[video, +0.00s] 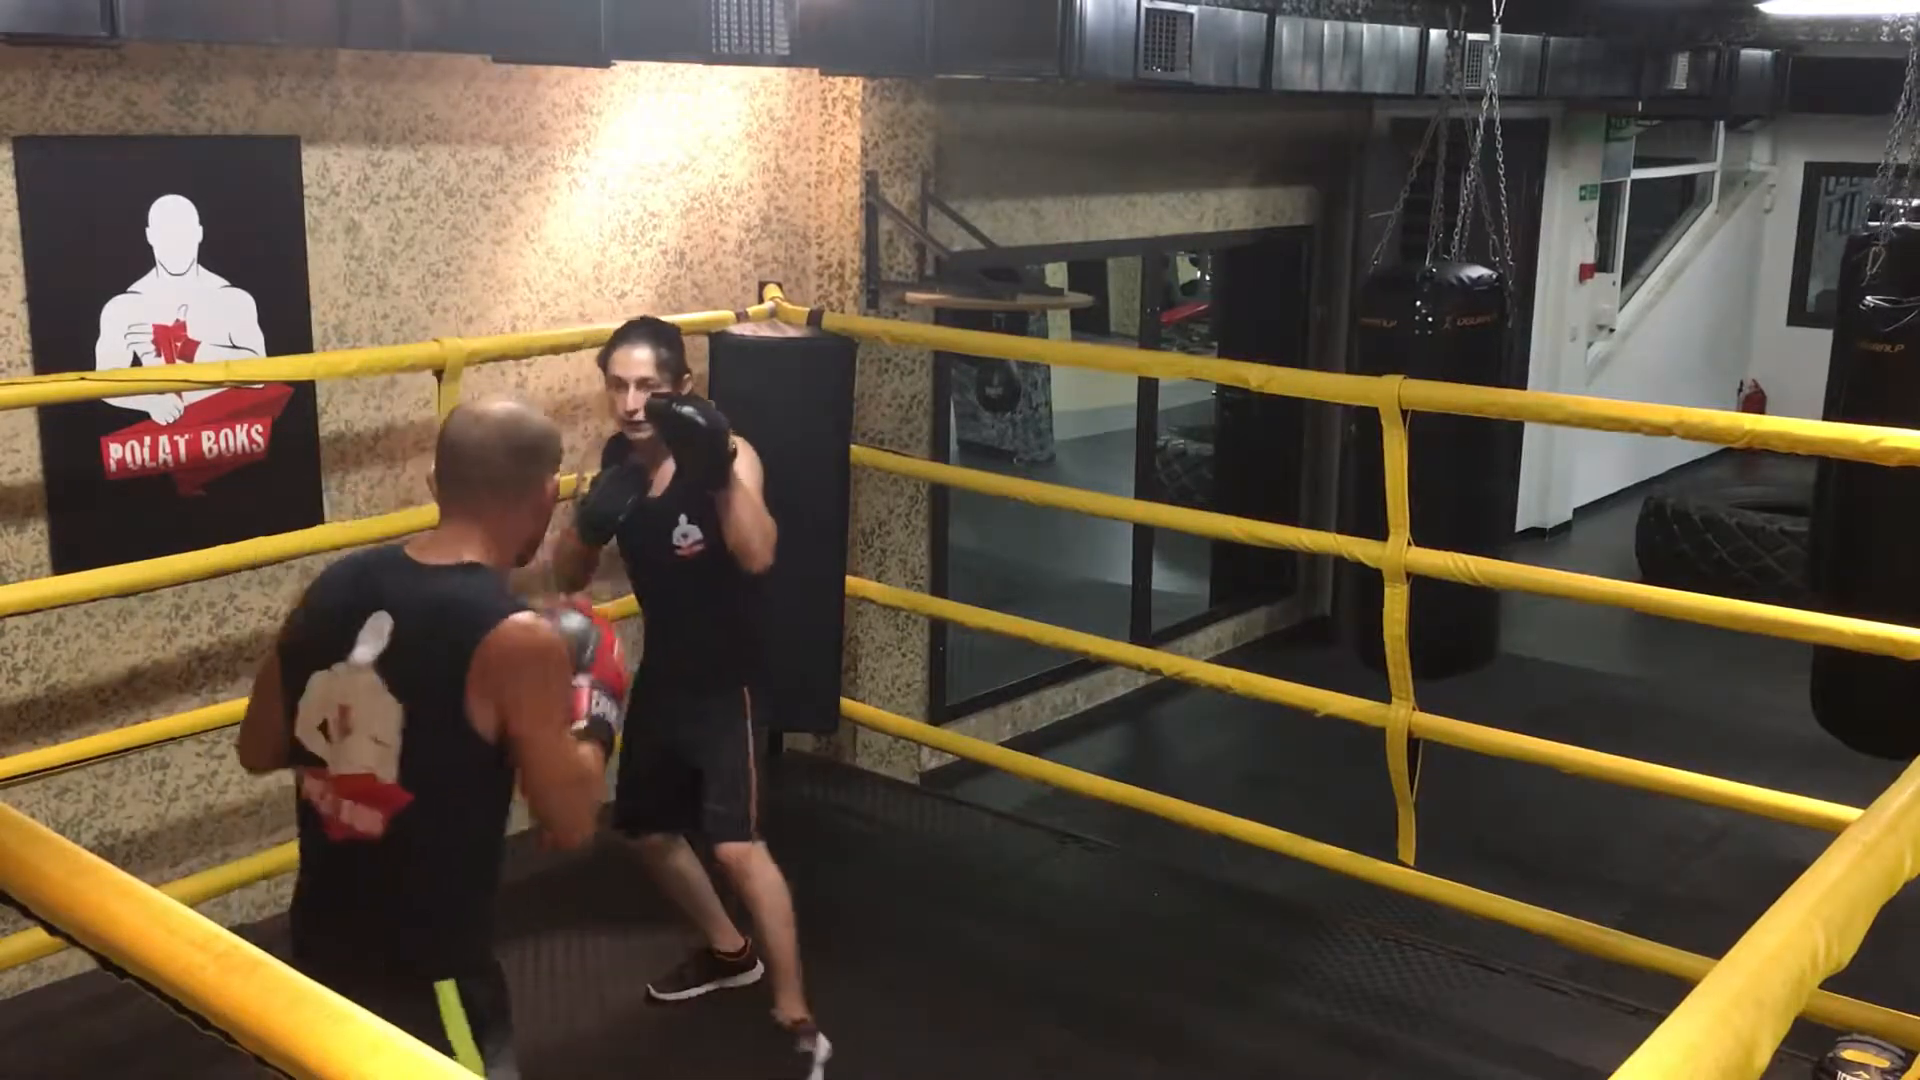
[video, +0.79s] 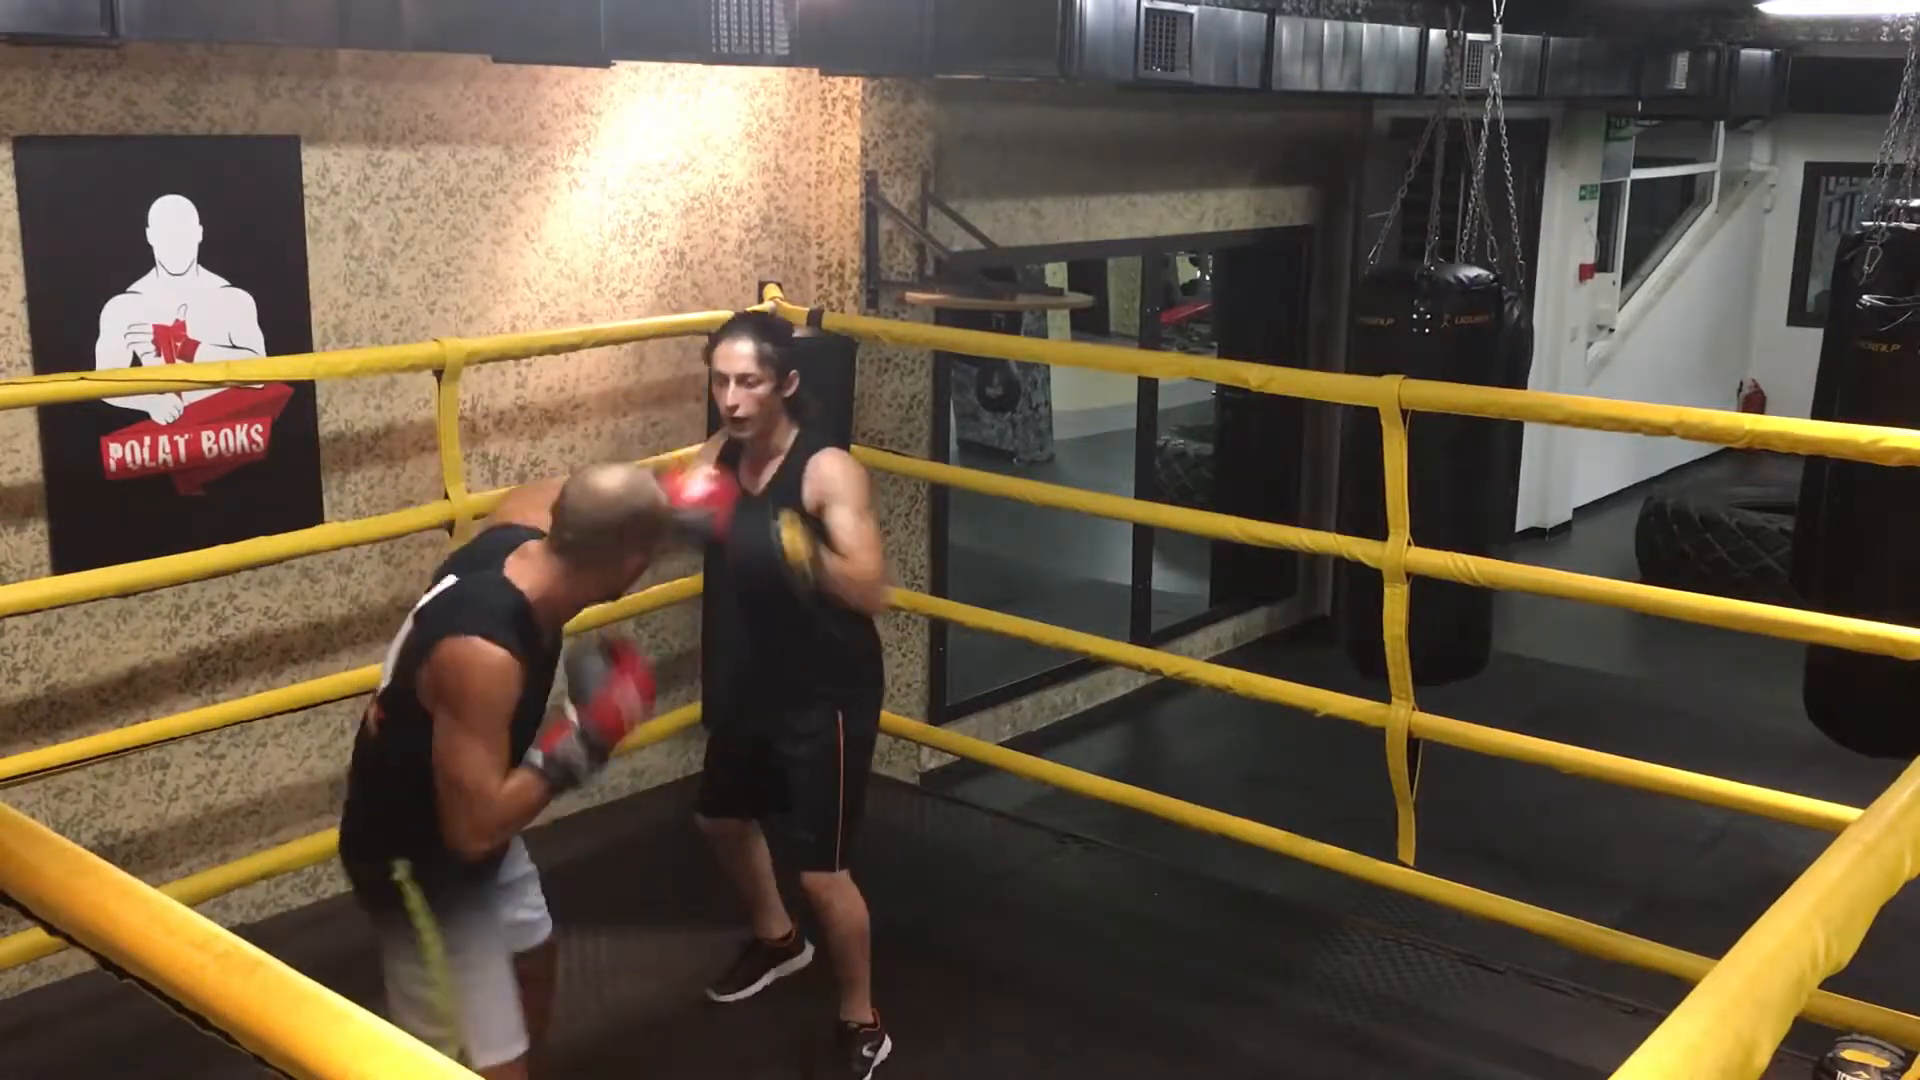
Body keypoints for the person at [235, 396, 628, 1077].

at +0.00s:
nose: (554, 506)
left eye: (552, 491)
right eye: (555, 493)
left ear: (438, 481)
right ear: (545, 500)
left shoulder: (338, 585)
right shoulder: (518, 642)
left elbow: (259, 748)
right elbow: (568, 819)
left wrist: (378, 712)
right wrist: (601, 713)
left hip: (323, 948)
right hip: (434, 968)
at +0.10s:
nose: (558, 498)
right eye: (558, 484)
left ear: (437, 478)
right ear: (547, 493)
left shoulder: (354, 586)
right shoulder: (551, 634)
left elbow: (256, 735)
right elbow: (624, 774)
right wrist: (617, 640)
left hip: (337, 938)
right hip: (456, 959)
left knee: (341, 1065)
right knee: (492, 1065)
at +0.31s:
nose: (597, 510)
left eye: (595, 495)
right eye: (596, 497)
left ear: (482, 491)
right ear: (580, 509)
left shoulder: (392, 596)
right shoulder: (554, 654)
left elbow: (289, 692)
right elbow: (648, 778)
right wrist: (647, 636)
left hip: (363, 927)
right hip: (460, 957)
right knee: (498, 1066)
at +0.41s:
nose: (620, 512)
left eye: (622, 497)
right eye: (621, 495)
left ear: (518, 483)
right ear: (605, 503)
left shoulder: (453, 535)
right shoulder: (502, 624)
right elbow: (589, 784)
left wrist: (592, 562)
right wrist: (638, 656)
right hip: (426, 930)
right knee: (501, 1070)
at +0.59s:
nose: (631, 518)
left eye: (631, 504)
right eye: (633, 506)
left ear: (531, 483)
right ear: (614, 515)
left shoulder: (470, 545)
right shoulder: (494, 629)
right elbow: (578, 786)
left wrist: (578, 601)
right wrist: (635, 657)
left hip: (463, 840)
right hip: (402, 890)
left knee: (543, 969)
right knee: (474, 1072)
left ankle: (498, 1074)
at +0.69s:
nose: (636, 556)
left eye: (640, 543)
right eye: (640, 545)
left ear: (552, 510)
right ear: (616, 552)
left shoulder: (503, 529)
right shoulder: (474, 645)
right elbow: (533, 802)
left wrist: (641, 544)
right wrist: (613, 692)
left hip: (474, 819)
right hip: (404, 867)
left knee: (534, 967)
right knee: (458, 1068)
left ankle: (515, 1068)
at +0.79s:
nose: (642, 563)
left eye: (647, 552)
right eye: (646, 554)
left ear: (570, 513)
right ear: (627, 566)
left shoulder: (518, 529)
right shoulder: (478, 653)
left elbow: (587, 490)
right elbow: (474, 830)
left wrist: (667, 502)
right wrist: (585, 739)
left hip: (476, 816)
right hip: (418, 857)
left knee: (531, 957)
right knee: (491, 1063)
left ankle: (522, 1060)